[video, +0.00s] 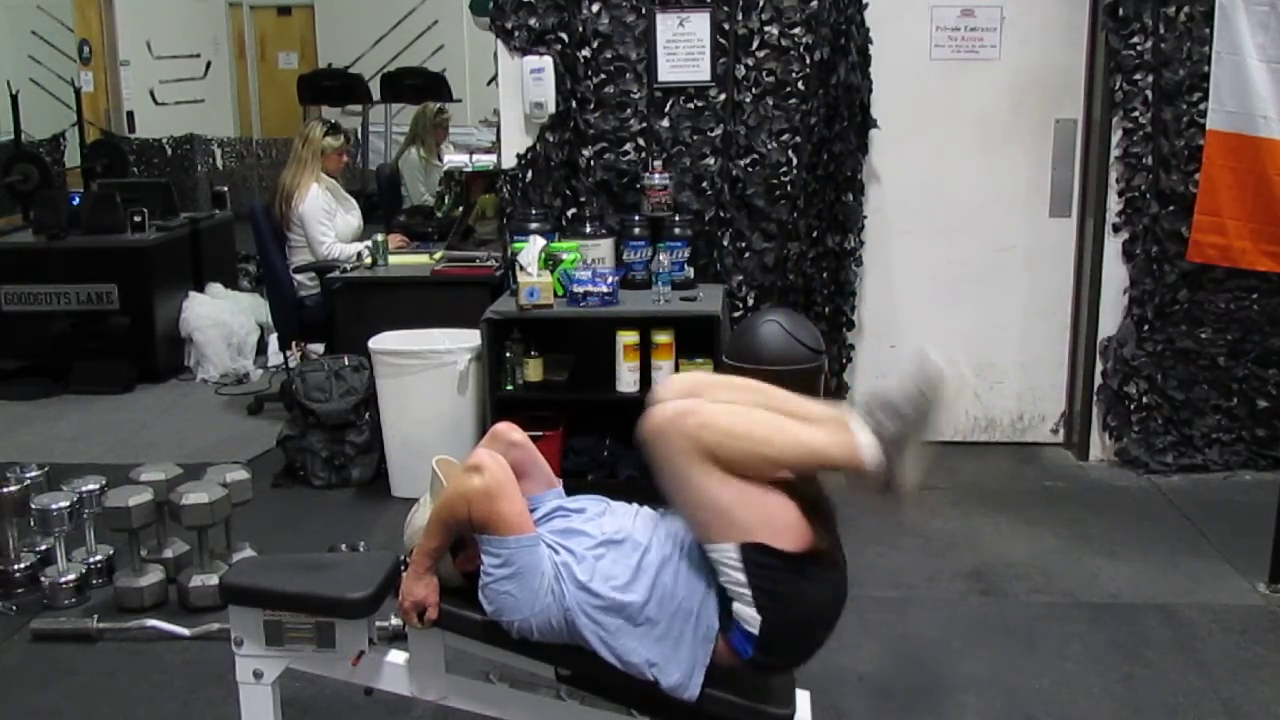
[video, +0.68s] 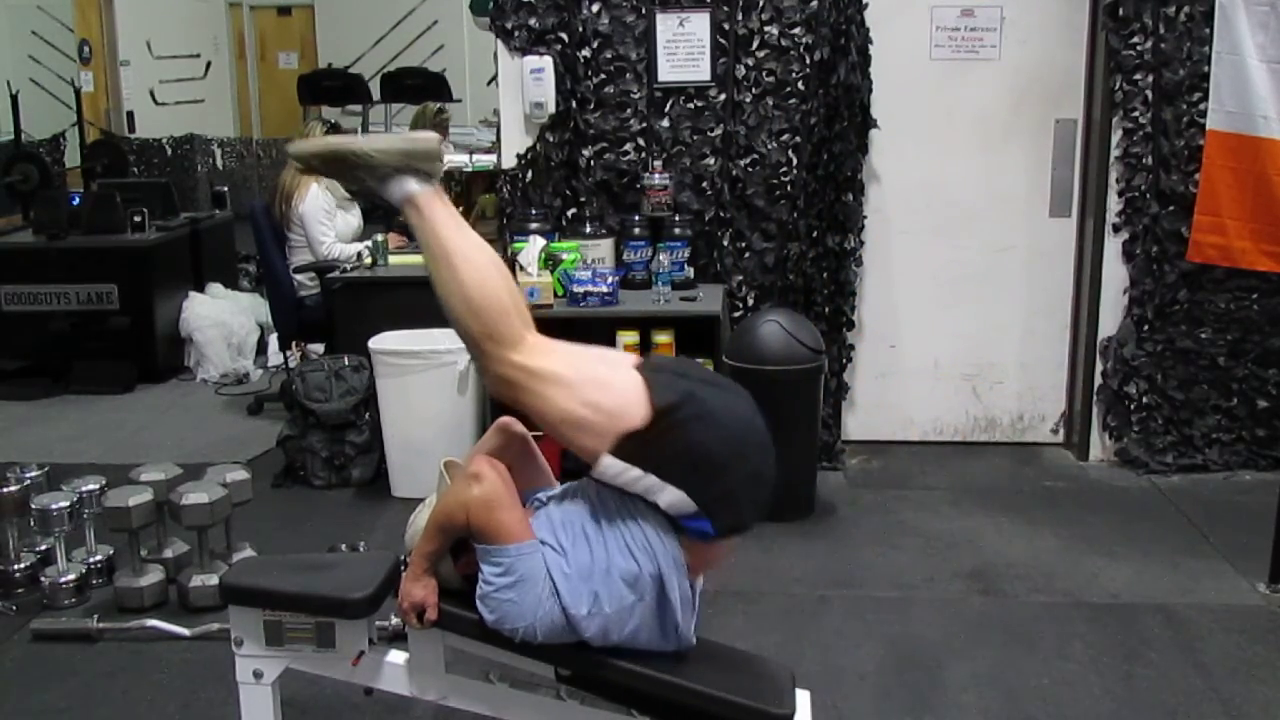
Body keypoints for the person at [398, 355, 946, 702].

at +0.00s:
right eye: (477, 497)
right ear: (476, 558)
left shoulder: (552, 516)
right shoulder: (519, 593)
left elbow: (507, 437)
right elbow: (475, 475)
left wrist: (465, 526)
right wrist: (423, 563)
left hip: (769, 572)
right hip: (759, 622)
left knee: (677, 390)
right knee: (667, 422)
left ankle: (866, 427)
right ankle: (867, 447)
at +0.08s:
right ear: (472, 558)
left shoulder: (554, 517)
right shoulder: (518, 590)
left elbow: (507, 438)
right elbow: (480, 477)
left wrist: (460, 518)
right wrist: (423, 563)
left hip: (780, 545)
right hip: (764, 602)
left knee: (642, 397)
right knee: (630, 433)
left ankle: (812, 378)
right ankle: (826, 381)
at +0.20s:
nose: (479, 462)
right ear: (474, 553)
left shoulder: (554, 514)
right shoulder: (518, 592)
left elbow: (507, 436)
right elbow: (479, 478)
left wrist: (456, 519)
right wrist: (425, 564)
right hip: (769, 575)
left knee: (636, 419)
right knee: (596, 431)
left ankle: (746, 276)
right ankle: (733, 277)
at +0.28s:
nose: (466, 468)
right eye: (461, 477)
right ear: (472, 557)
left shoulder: (549, 522)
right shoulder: (517, 589)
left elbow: (506, 437)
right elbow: (479, 482)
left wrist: (458, 519)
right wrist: (423, 563)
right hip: (763, 556)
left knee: (621, 405)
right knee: (586, 419)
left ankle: (652, 232)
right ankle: (644, 226)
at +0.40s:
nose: (474, 457)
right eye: (467, 470)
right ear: (471, 560)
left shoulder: (546, 517)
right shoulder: (517, 593)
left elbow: (508, 434)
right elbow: (475, 484)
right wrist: (421, 564)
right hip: (757, 528)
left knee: (572, 394)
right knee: (559, 406)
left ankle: (545, 205)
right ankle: (544, 206)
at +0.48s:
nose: (460, 472)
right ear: (476, 561)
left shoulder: (549, 521)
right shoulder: (519, 599)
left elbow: (508, 434)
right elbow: (477, 479)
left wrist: (458, 516)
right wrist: (422, 565)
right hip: (746, 512)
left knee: (561, 382)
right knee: (545, 398)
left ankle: (505, 210)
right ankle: (494, 210)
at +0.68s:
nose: (474, 541)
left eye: (469, 543)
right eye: (470, 544)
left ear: (473, 550)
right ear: (474, 564)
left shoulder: (547, 534)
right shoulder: (518, 598)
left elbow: (510, 435)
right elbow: (481, 484)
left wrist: (452, 518)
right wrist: (422, 565)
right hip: (719, 470)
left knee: (518, 354)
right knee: (512, 366)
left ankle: (415, 189)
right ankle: (414, 188)